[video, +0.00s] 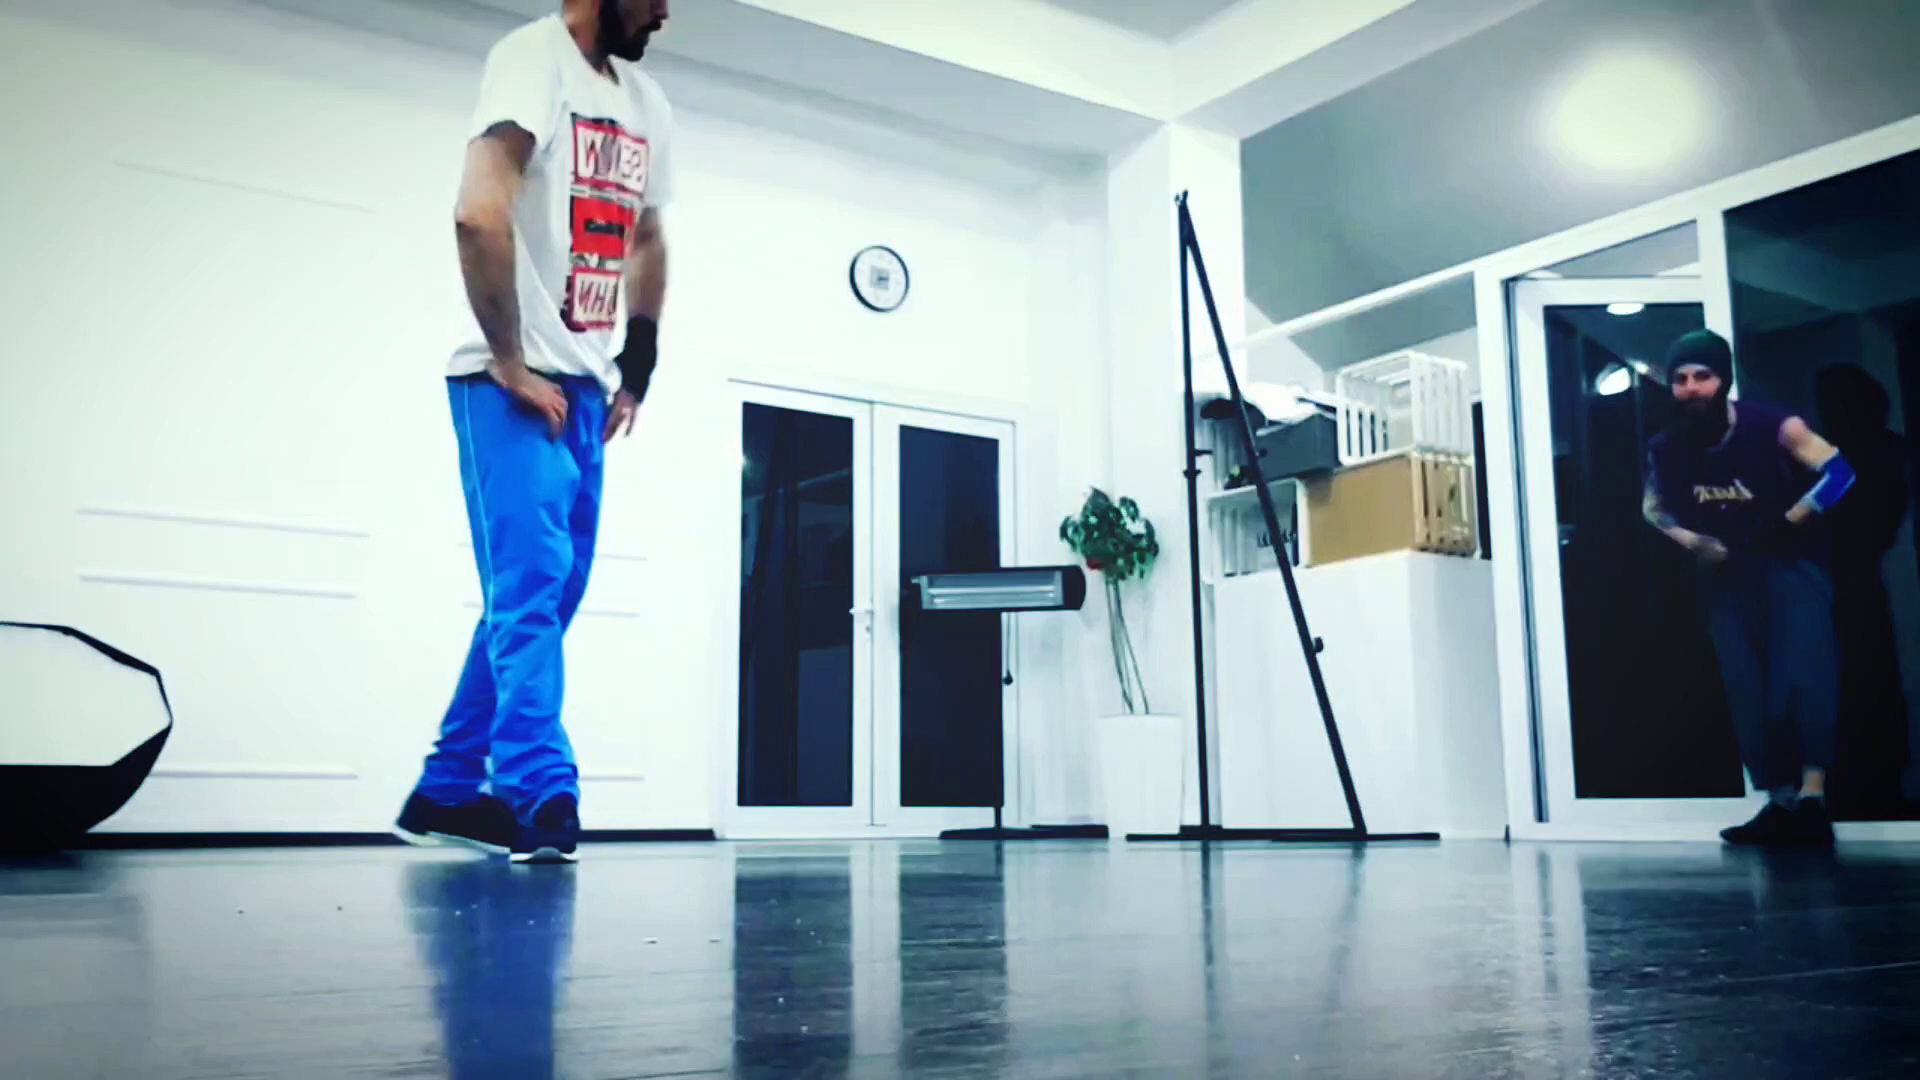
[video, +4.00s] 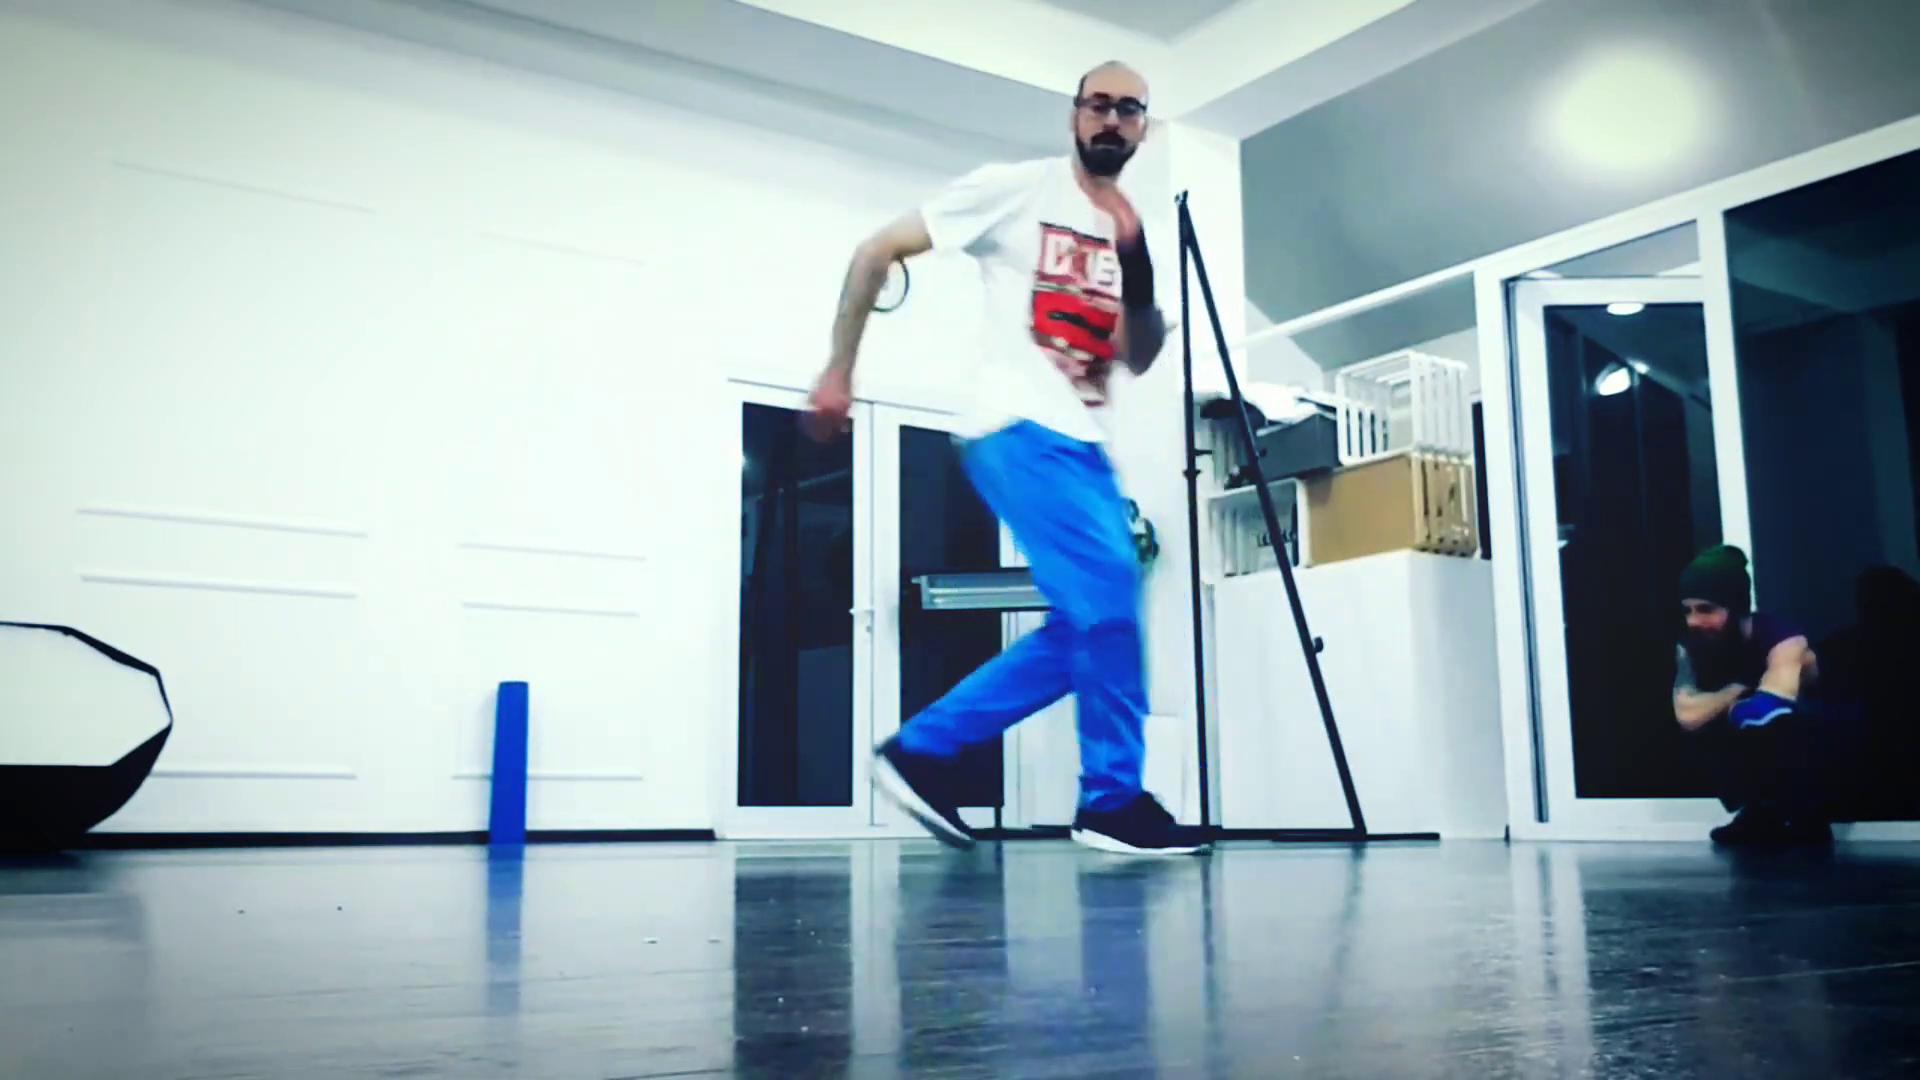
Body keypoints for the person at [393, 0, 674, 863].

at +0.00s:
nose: (663, 10)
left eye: (665, 1)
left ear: (641, 11)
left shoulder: (649, 99)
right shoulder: (533, 56)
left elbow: (648, 241)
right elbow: (481, 214)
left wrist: (636, 368)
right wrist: (509, 361)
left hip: (589, 385)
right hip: (512, 375)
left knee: (555, 584)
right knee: (528, 582)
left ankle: (451, 786)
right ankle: (542, 795)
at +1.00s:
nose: (650, 157)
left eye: (649, 146)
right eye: (651, 145)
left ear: (581, 137)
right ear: (638, 138)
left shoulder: (509, 204)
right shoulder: (641, 208)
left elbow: (456, 326)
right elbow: (665, 348)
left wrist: (503, 403)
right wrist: (640, 410)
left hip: (503, 424)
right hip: (595, 428)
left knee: (495, 610)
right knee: (591, 622)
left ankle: (444, 759)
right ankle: (582, 810)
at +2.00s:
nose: (768, 258)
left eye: (769, 246)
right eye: (761, 245)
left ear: (715, 244)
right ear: (724, 242)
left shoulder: (661, 296)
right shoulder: (732, 313)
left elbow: (676, 411)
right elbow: (737, 440)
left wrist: (775, 411)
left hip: (624, 502)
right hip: (688, 510)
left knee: (595, 660)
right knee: (730, 663)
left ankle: (542, 806)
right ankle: (768, 807)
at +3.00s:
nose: (912, 269)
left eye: (921, 254)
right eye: (899, 261)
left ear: (947, 258)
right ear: (889, 274)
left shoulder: (1002, 323)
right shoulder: (903, 359)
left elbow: (1081, 405)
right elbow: (915, 456)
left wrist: (1032, 446)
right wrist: (939, 538)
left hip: (1031, 515)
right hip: (964, 536)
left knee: (997, 657)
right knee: (968, 681)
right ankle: (1047, 809)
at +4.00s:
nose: (1110, 120)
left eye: (1126, 110)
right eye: (1097, 105)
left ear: (1144, 127)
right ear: (1073, 113)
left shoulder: (1132, 224)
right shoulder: (1019, 187)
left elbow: (1140, 357)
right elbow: (876, 252)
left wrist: (1136, 260)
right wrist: (838, 371)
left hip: (1080, 438)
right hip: (1014, 424)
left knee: (1090, 623)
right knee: (1109, 578)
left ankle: (918, 752)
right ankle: (1113, 797)